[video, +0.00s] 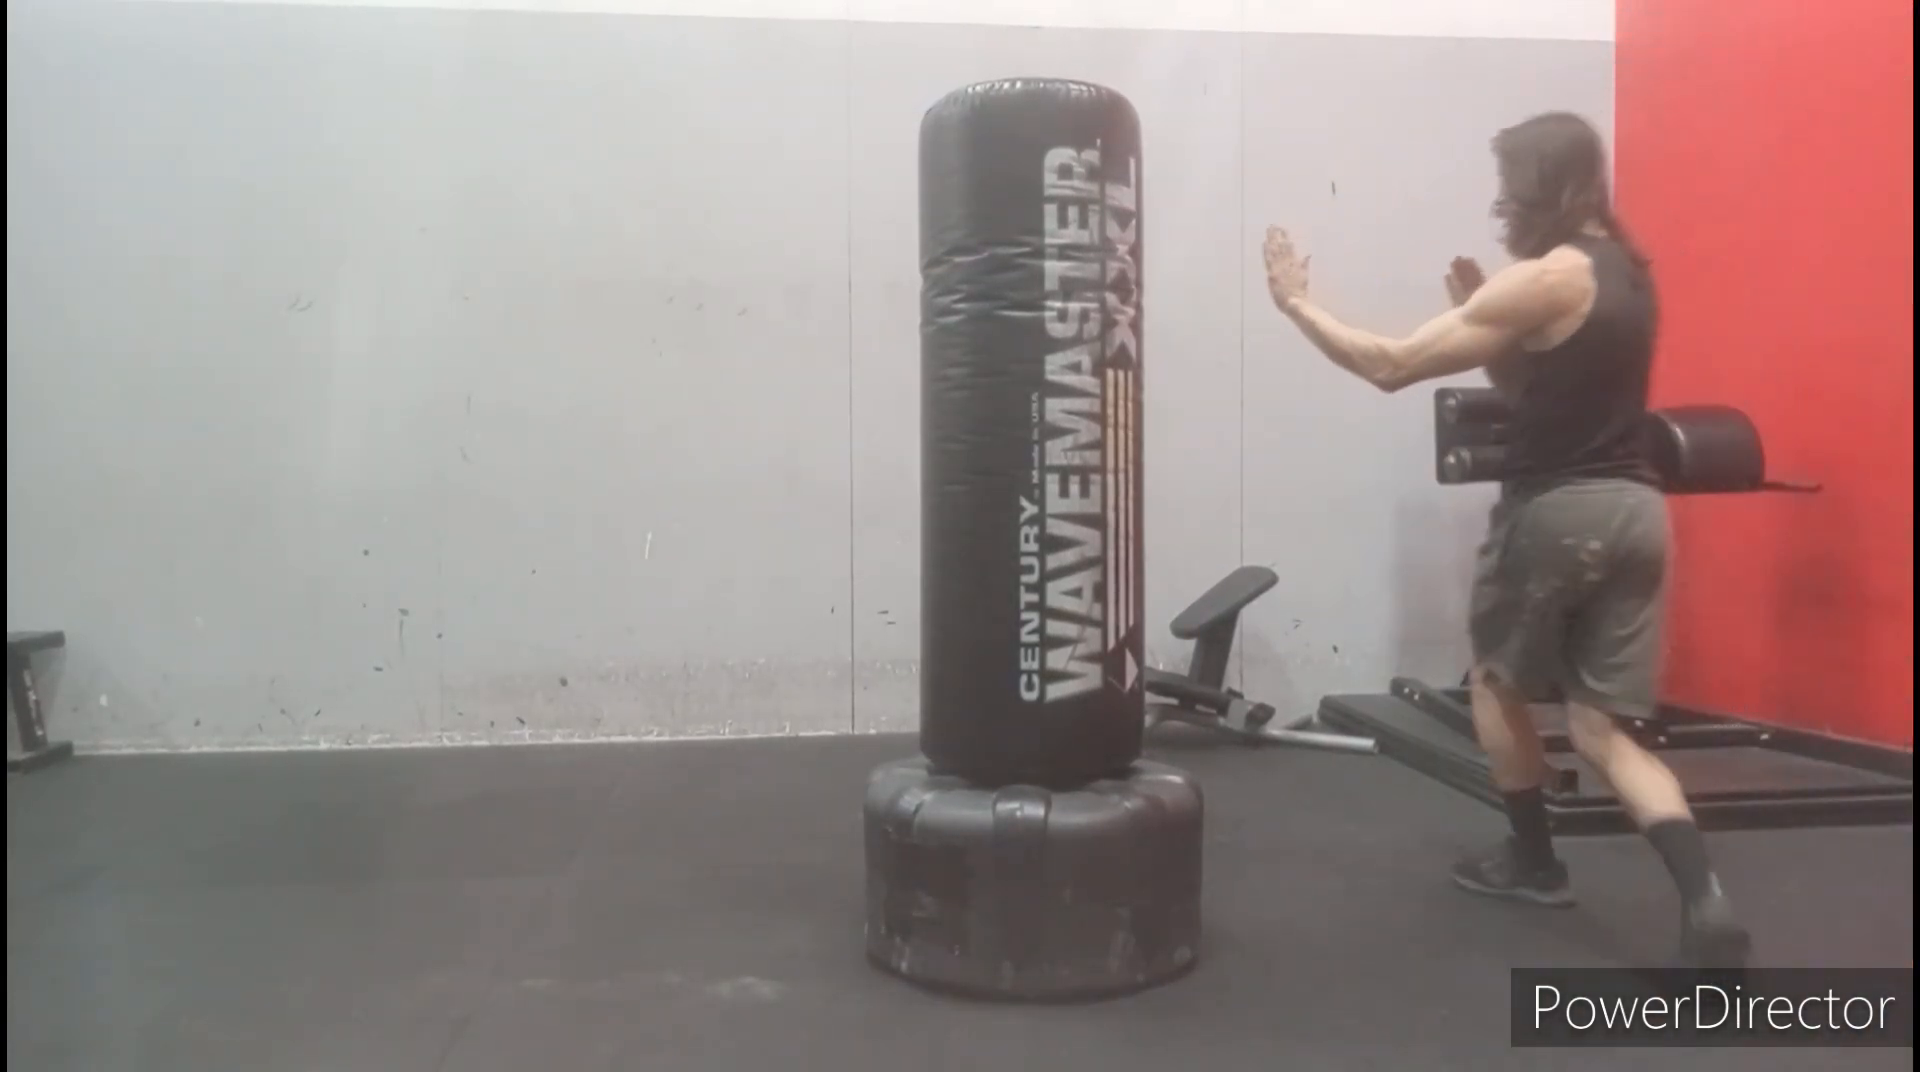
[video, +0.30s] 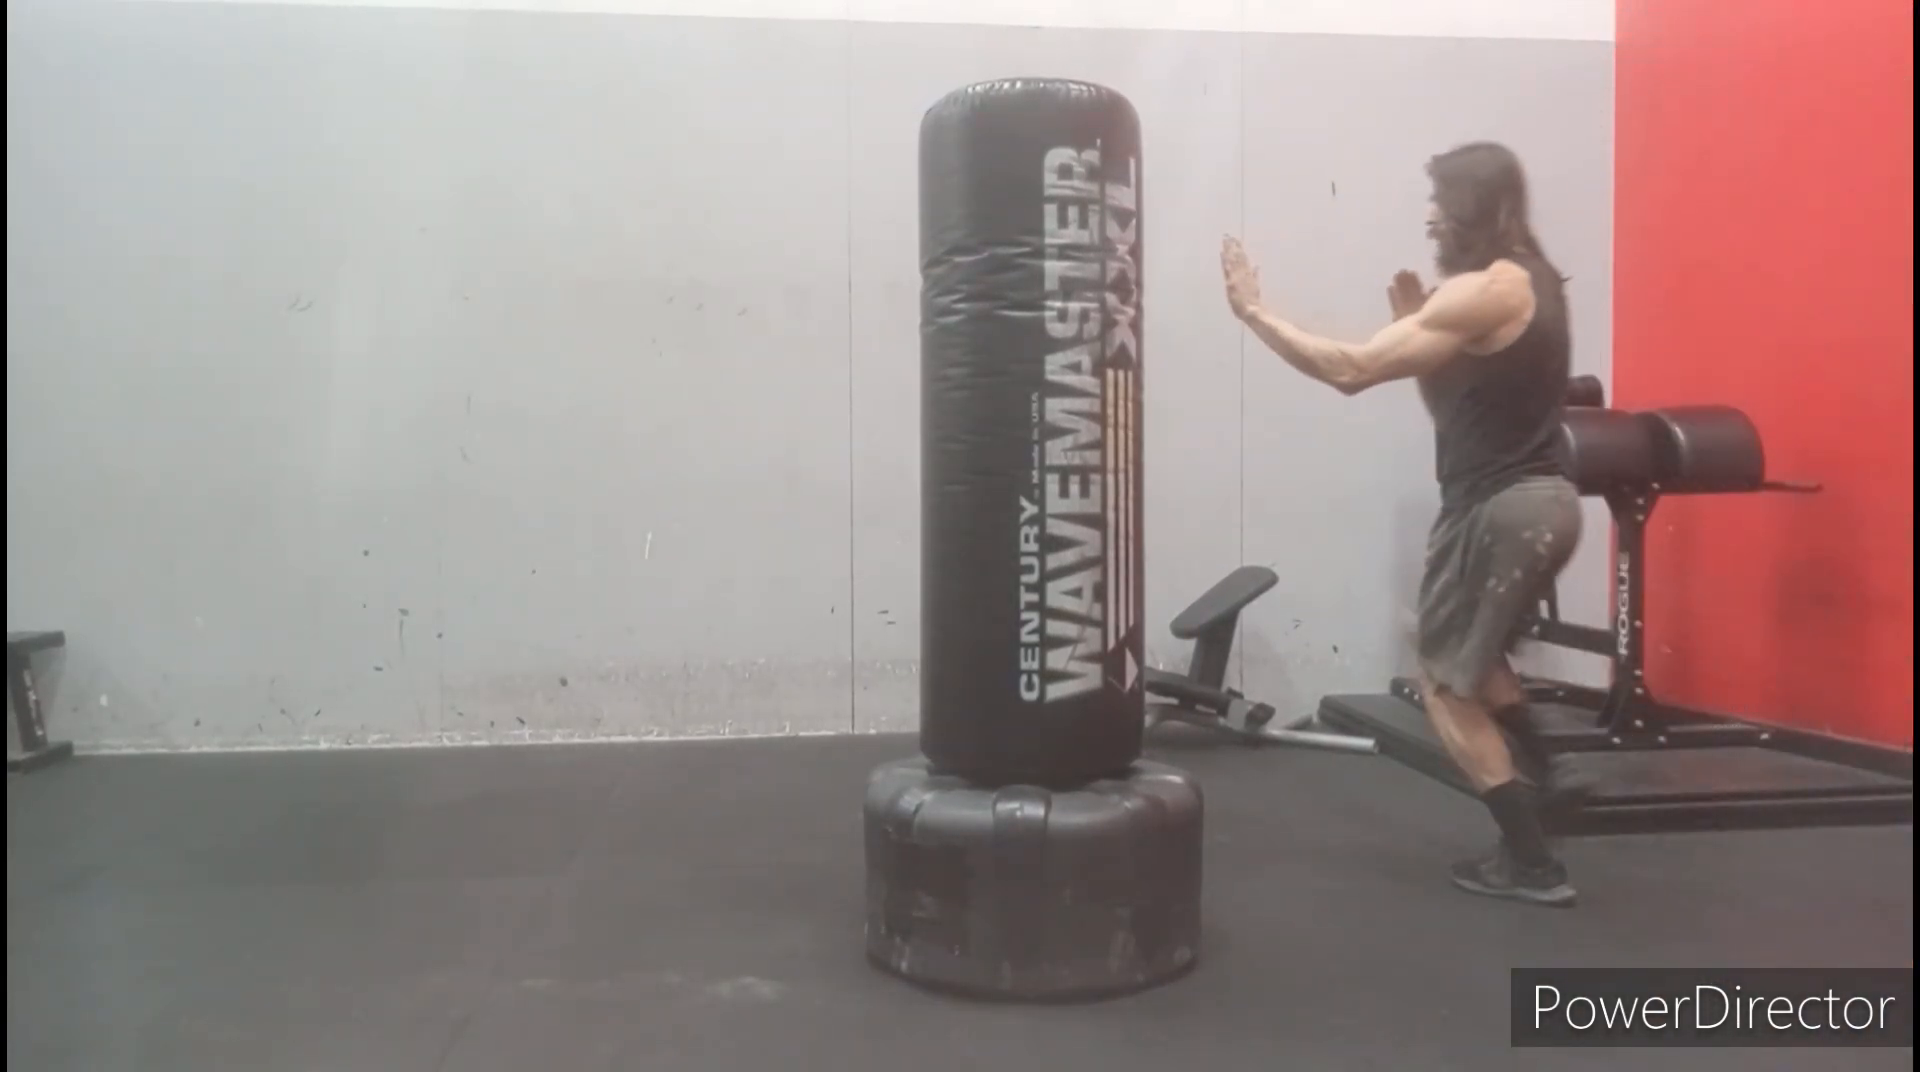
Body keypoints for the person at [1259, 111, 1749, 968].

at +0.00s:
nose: (1498, 197)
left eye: (1506, 181)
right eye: (1498, 180)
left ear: (1538, 186)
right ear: (1588, 185)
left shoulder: (1551, 279)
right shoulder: (1627, 265)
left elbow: (1390, 366)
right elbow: (1546, 380)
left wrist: (1297, 301)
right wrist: (1489, 311)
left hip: (1554, 509)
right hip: (1637, 505)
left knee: (1496, 682)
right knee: (1602, 725)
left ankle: (1534, 860)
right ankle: (1703, 895)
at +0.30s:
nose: (1430, 216)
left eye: (1440, 203)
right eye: (1432, 201)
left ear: (1474, 210)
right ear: (1503, 209)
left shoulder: (1485, 291)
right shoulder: (1534, 284)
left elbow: (1349, 368)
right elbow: (1461, 408)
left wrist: (1254, 311)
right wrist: (1417, 327)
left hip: (1501, 510)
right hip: (1549, 499)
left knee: (1444, 684)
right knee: (1479, 654)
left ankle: (1528, 856)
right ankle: (1542, 772)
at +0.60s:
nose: (1359, 236)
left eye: (1369, 224)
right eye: (1359, 223)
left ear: (1406, 230)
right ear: (1410, 230)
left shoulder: (1429, 300)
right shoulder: (1411, 303)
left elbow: (1306, 370)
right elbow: (1357, 416)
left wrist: (1211, 317)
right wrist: (1345, 334)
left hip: (1432, 514)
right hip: (1420, 512)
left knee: (1412, 705)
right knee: (1330, 640)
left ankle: (1528, 845)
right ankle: (1351, 800)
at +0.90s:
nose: (1281, 249)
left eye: (1292, 237)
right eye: (1280, 236)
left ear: (1329, 243)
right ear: (1320, 245)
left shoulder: (1354, 313)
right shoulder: (1323, 316)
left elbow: (1263, 379)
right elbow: (1263, 419)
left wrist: (1168, 325)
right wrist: (1270, 346)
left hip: (1341, 506)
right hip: (1336, 503)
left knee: (1212, 625)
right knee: (1256, 646)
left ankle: (1342, 725)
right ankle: (1338, 794)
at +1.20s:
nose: (1202, 262)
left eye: (1214, 249)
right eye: (1199, 249)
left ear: (1251, 256)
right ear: (1205, 257)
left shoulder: (1275, 324)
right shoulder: (1229, 329)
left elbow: (1202, 386)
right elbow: (1177, 425)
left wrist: (1125, 352)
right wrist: (1190, 354)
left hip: (1251, 513)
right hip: (1256, 511)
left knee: (1114, 603)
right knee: (1215, 671)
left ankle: (1096, 753)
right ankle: (1334, 793)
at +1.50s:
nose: (1104, 273)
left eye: (1112, 259)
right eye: (1105, 259)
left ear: (1133, 263)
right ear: (1156, 260)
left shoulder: (1164, 330)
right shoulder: (1145, 328)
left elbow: (1114, 406)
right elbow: (1119, 403)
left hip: (1147, 502)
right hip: (1141, 499)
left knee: (1114, 656)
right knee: (1114, 654)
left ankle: (1234, 719)